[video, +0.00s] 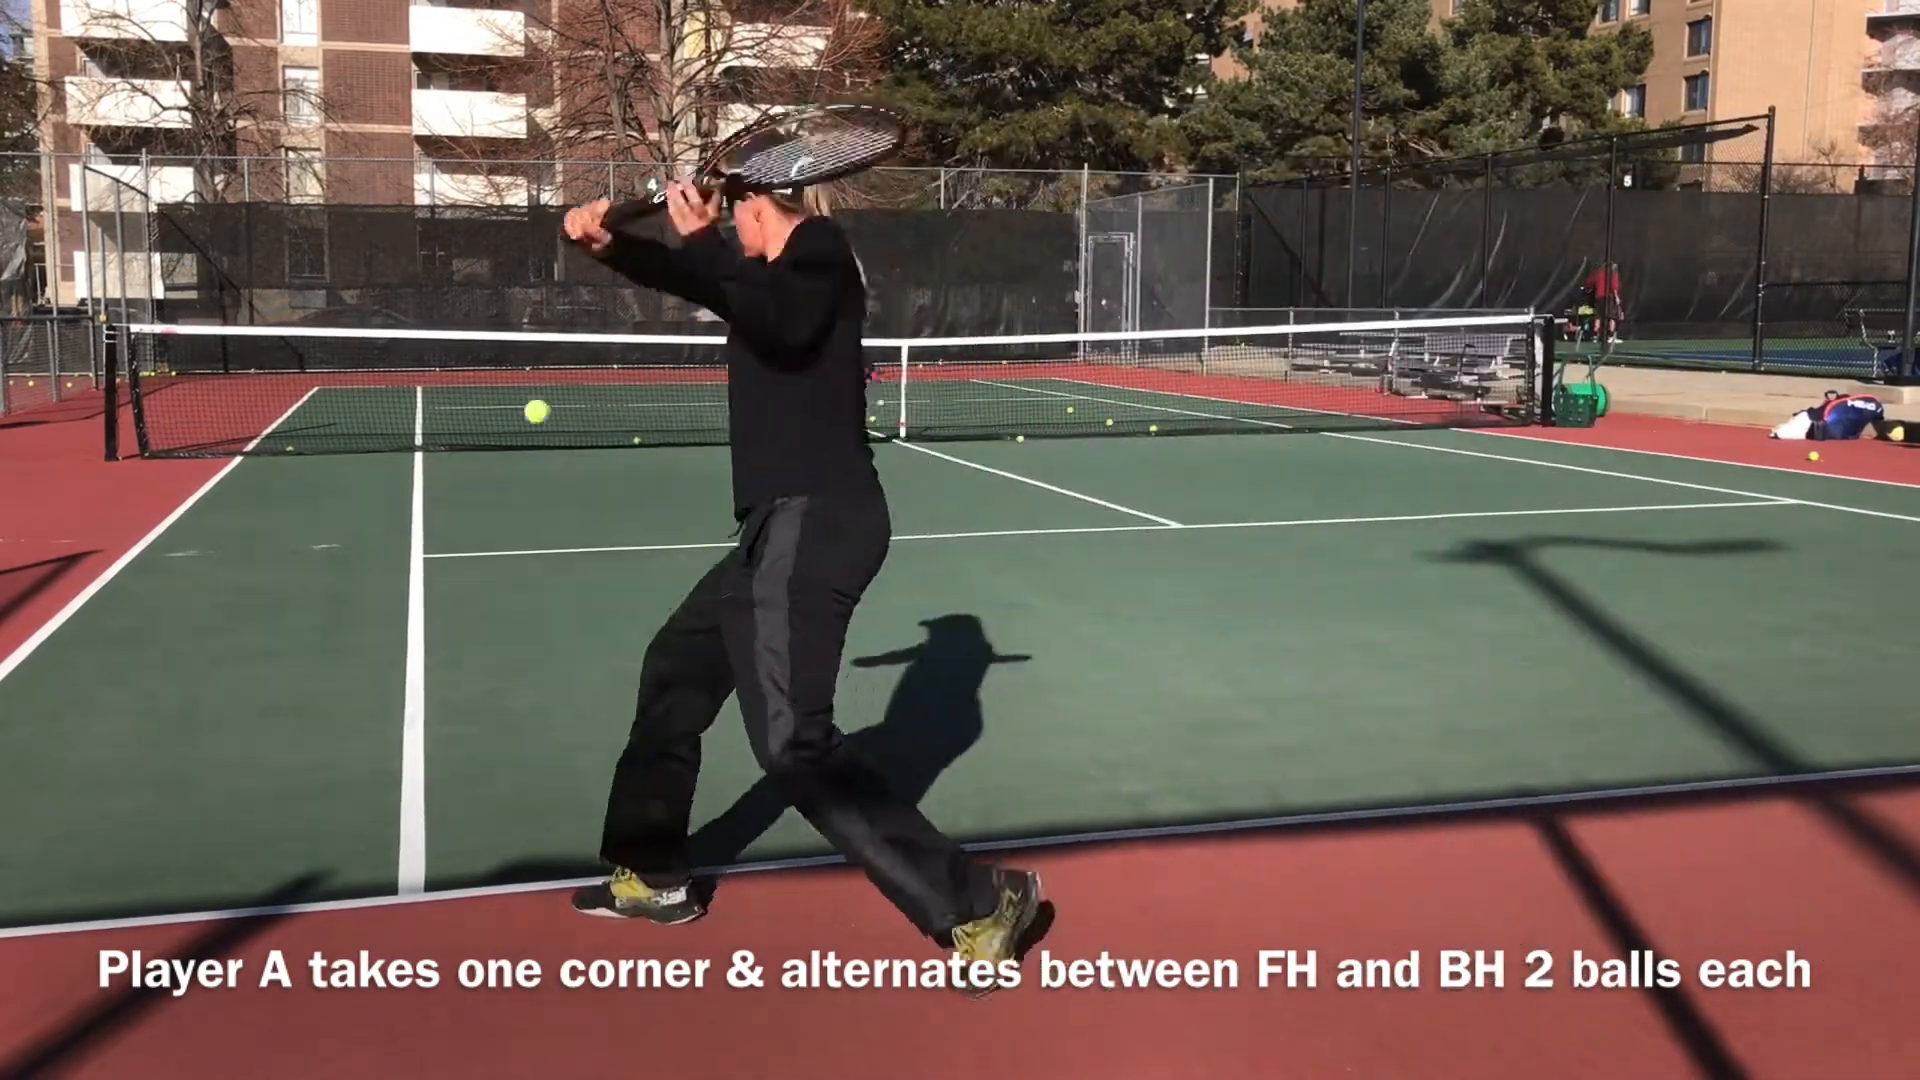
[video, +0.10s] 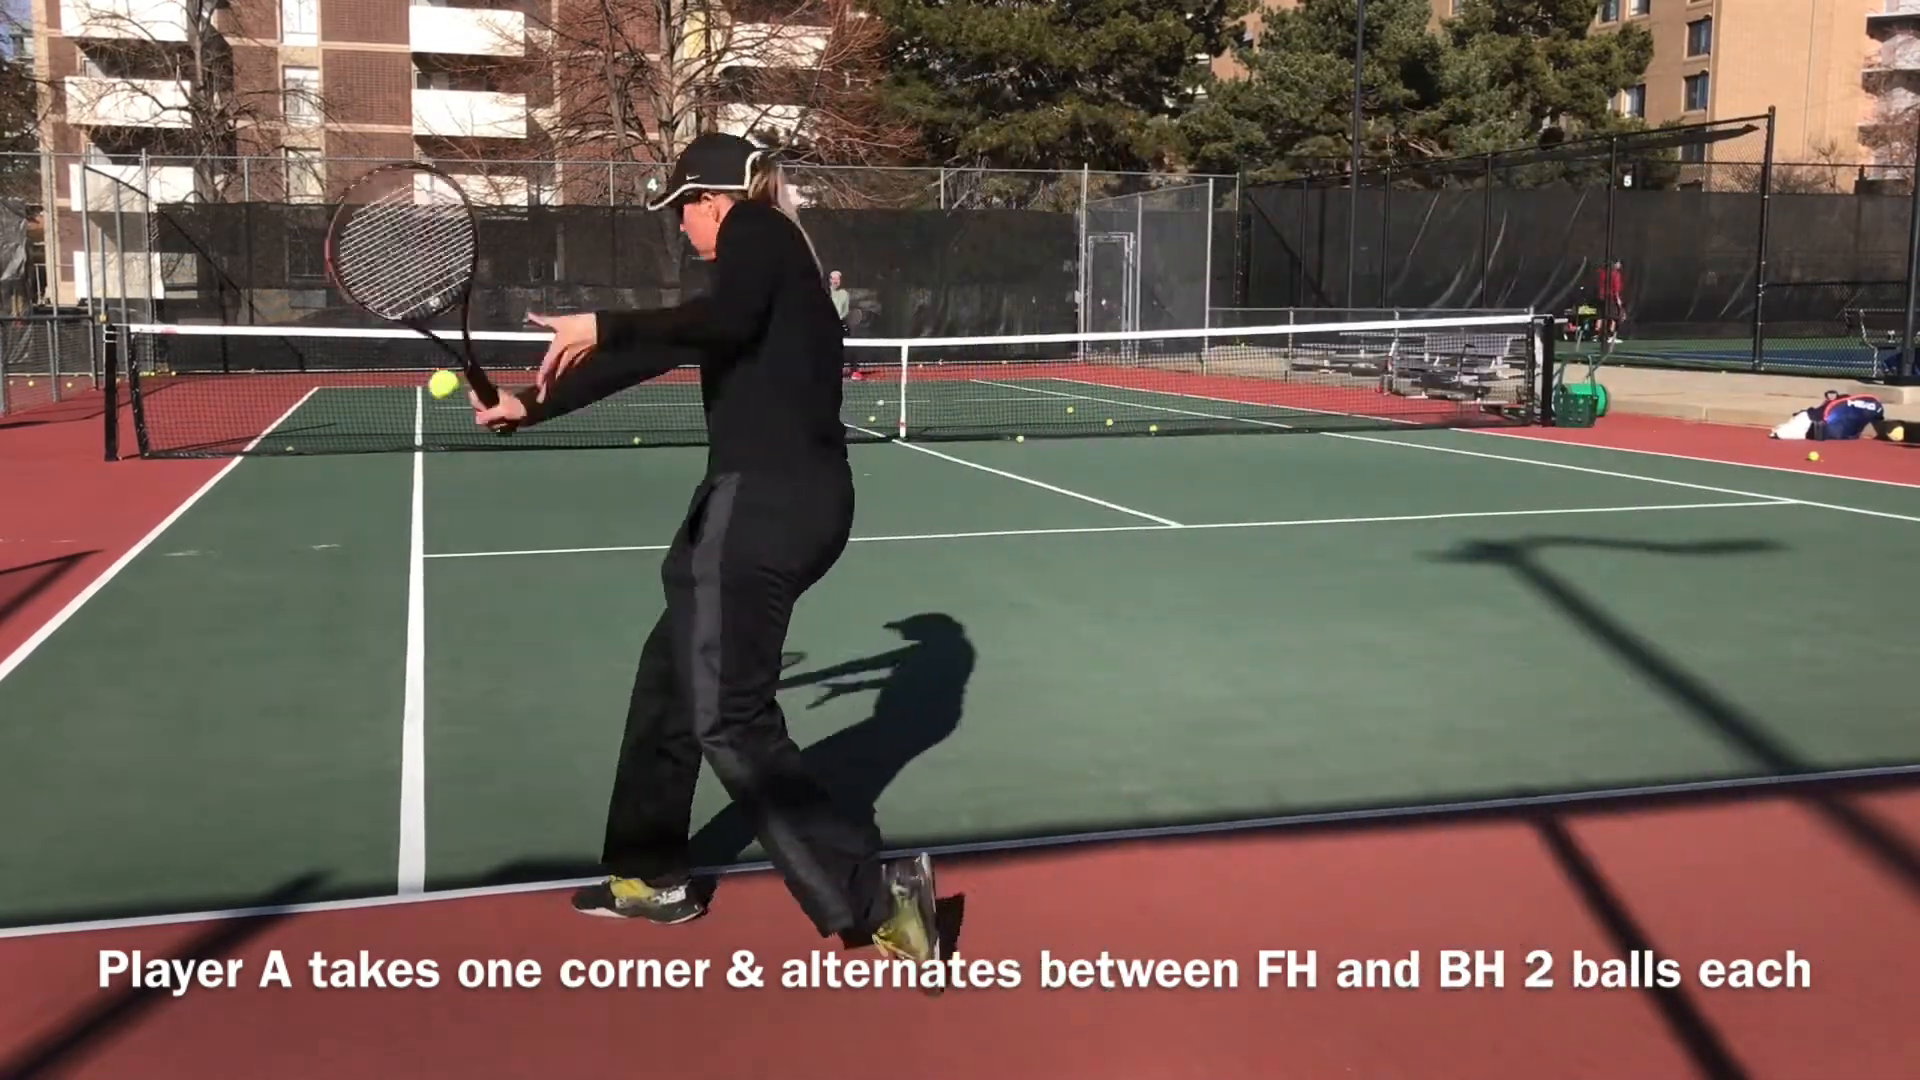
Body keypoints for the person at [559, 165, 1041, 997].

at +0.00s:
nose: (731, 228)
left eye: (732, 213)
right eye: (727, 214)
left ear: (758, 205)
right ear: (783, 199)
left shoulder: (817, 255)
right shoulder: (776, 263)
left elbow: (785, 329)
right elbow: (691, 271)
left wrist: (708, 245)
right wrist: (609, 243)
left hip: (817, 521)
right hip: (787, 522)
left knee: (794, 746)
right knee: (677, 666)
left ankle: (982, 904)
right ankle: (650, 871)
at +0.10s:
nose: (682, 229)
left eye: (686, 210)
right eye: (681, 213)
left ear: (713, 199)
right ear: (739, 194)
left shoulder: (755, 235)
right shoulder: (762, 251)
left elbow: (728, 321)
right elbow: (655, 345)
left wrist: (604, 329)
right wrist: (542, 398)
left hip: (768, 494)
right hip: (762, 491)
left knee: (727, 715)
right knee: (669, 675)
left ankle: (876, 901)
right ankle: (649, 874)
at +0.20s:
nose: (635, 196)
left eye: (639, 177)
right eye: (633, 180)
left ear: (674, 164)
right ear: (698, 163)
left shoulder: (706, 208)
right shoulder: (755, 220)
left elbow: (707, 304)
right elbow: (752, 371)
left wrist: (638, 341)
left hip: (731, 474)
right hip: (786, 474)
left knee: (705, 696)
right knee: (688, 672)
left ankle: (821, 890)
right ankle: (651, 869)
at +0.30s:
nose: (601, 169)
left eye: (604, 152)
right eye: (600, 153)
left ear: (633, 148)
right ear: (675, 142)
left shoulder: (672, 198)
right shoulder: (738, 211)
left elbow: (708, 235)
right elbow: (814, 290)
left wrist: (735, 279)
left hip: (713, 463)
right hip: (767, 463)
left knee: (683, 688)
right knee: (674, 670)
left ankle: (783, 901)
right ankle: (660, 866)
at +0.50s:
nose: (627, 151)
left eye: (626, 137)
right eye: (633, 136)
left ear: (641, 142)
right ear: (705, 132)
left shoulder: (668, 200)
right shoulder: (771, 207)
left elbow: (673, 253)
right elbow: (883, 219)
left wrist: (684, 293)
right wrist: (997, 211)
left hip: (697, 482)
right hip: (772, 481)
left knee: (646, 702)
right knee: (686, 684)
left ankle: (688, 946)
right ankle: (644, 870)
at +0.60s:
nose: (638, 160)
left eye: (638, 147)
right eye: (643, 145)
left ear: (652, 152)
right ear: (725, 144)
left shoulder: (673, 218)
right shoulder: (789, 218)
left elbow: (678, 327)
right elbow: (909, 243)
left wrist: (596, 392)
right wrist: (1007, 267)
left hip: (720, 498)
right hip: (807, 499)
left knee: (642, 713)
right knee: (710, 706)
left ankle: (648, 968)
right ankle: (648, 885)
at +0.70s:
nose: (668, 174)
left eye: (668, 161)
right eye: (681, 159)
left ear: (682, 167)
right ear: (756, 161)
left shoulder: (682, 246)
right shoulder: (821, 239)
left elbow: (659, 371)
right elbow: (938, 289)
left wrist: (564, 466)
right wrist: (1018, 330)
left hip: (742, 517)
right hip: (843, 517)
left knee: (662, 733)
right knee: (736, 723)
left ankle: (655, 971)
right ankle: (692, 922)